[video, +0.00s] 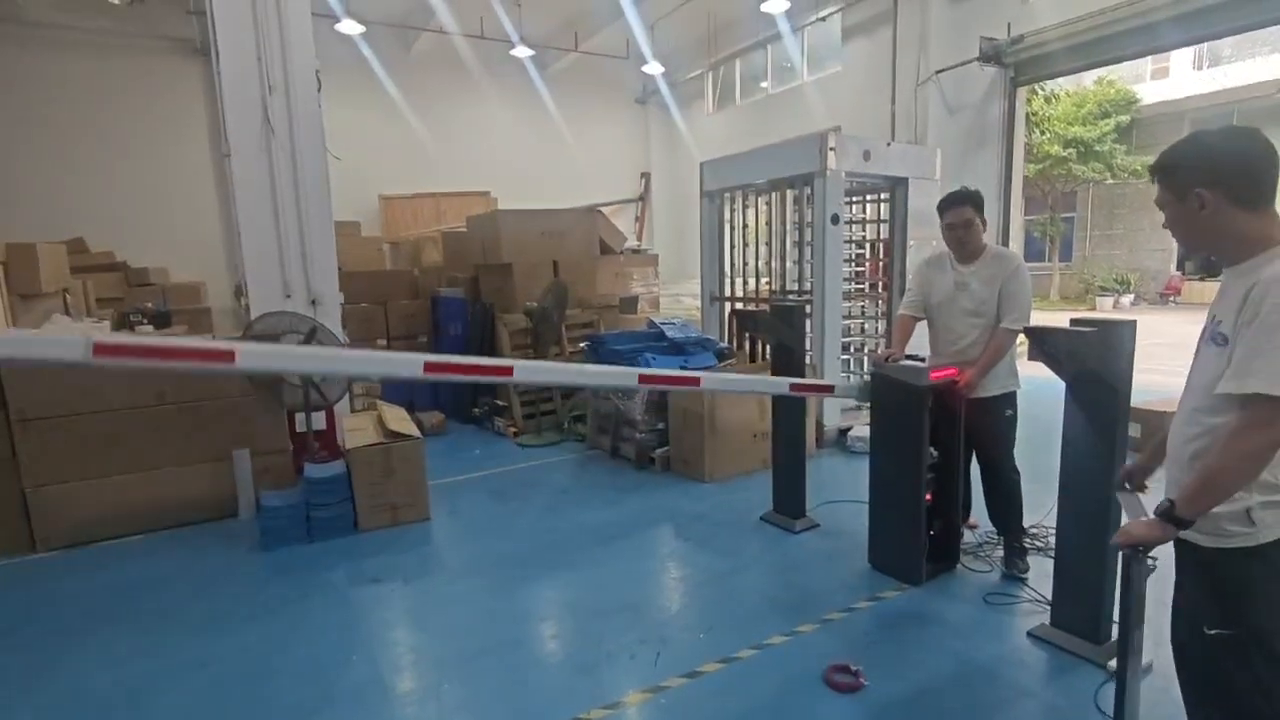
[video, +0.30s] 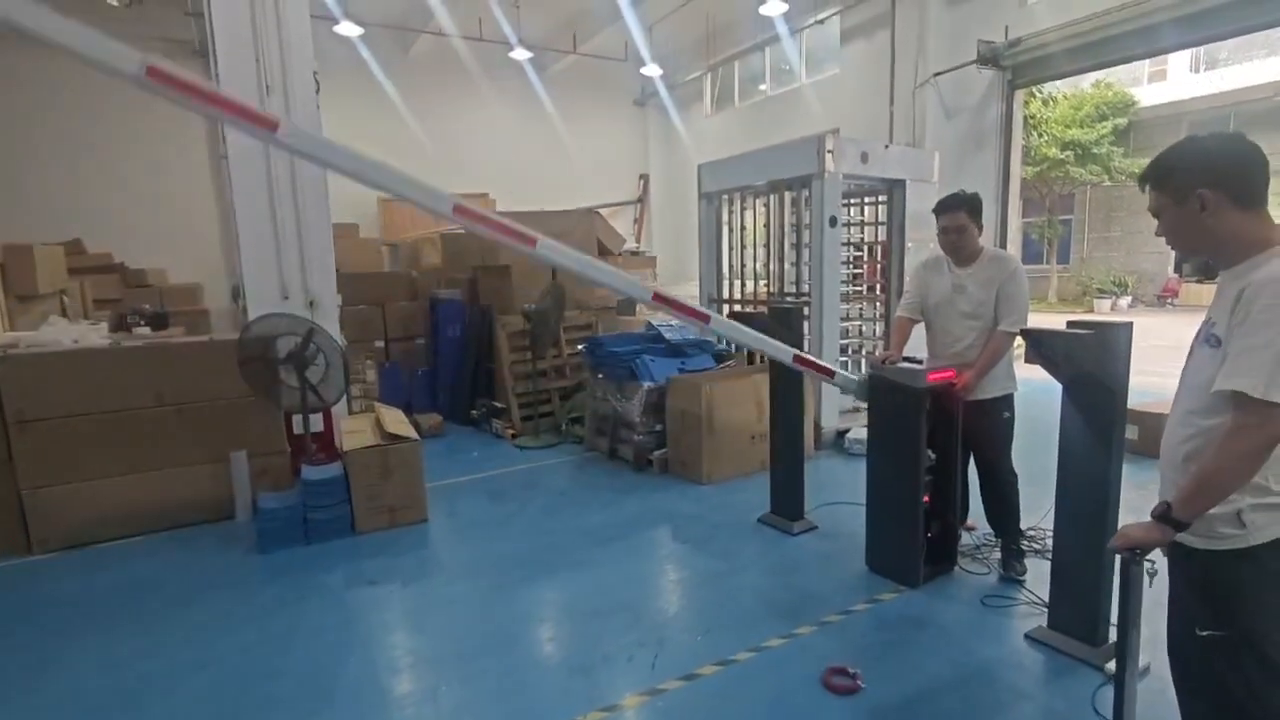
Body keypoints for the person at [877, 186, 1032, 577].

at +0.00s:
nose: (957, 234)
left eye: (965, 226)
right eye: (949, 228)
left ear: (983, 224)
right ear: (941, 230)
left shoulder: (1009, 265)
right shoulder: (930, 266)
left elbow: (1010, 327)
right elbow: (908, 311)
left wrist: (977, 371)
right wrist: (896, 347)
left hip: (993, 388)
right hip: (944, 389)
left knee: (999, 471)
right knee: (948, 471)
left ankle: (1013, 543)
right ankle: (945, 544)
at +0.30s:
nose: (950, 240)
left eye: (958, 231)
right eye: (943, 232)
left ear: (979, 228)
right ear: (936, 232)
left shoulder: (1006, 267)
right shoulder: (928, 268)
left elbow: (1008, 329)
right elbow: (906, 313)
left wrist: (975, 372)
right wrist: (894, 350)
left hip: (991, 391)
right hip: (942, 390)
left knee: (996, 473)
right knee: (945, 474)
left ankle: (1011, 545)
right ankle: (942, 548)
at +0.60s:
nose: (946, 241)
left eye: (955, 233)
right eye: (940, 234)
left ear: (977, 231)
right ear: (934, 233)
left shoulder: (1005, 269)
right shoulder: (926, 268)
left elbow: (1005, 331)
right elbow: (905, 314)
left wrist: (974, 374)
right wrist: (892, 352)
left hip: (989, 393)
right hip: (940, 392)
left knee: (995, 475)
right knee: (943, 475)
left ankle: (1009, 546)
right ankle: (940, 550)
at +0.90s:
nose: (946, 242)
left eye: (954, 234)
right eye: (939, 235)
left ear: (976, 231)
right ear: (933, 234)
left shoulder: (1004, 270)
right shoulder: (926, 269)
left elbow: (1005, 331)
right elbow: (904, 315)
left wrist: (972, 375)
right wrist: (891, 352)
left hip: (988, 393)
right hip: (939, 393)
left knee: (994, 475)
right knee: (943, 475)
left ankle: (1008, 547)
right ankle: (939, 550)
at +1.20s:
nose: (944, 243)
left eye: (952, 235)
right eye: (938, 235)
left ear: (975, 232)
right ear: (932, 234)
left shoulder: (1003, 270)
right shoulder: (924, 269)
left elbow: (1004, 330)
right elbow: (904, 314)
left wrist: (972, 375)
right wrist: (890, 351)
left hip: (987, 393)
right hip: (938, 392)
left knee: (993, 474)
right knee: (941, 475)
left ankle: (1007, 546)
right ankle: (938, 551)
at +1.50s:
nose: (943, 243)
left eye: (952, 235)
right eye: (937, 235)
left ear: (974, 232)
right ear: (931, 233)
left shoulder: (1002, 270)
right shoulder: (923, 269)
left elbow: (1003, 330)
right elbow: (903, 314)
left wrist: (970, 375)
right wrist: (888, 351)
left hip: (986, 392)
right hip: (937, 391)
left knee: (992, 474)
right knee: (941, 473)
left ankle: (1006, 546)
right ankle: (937, 548)